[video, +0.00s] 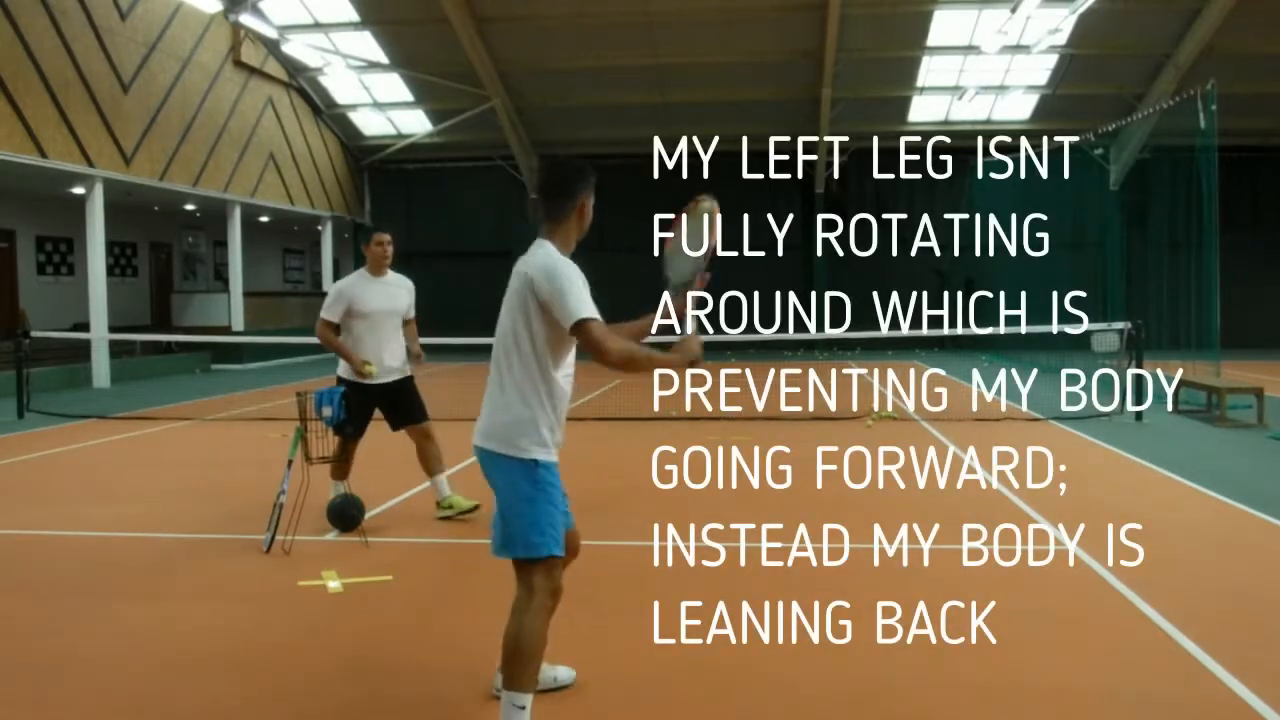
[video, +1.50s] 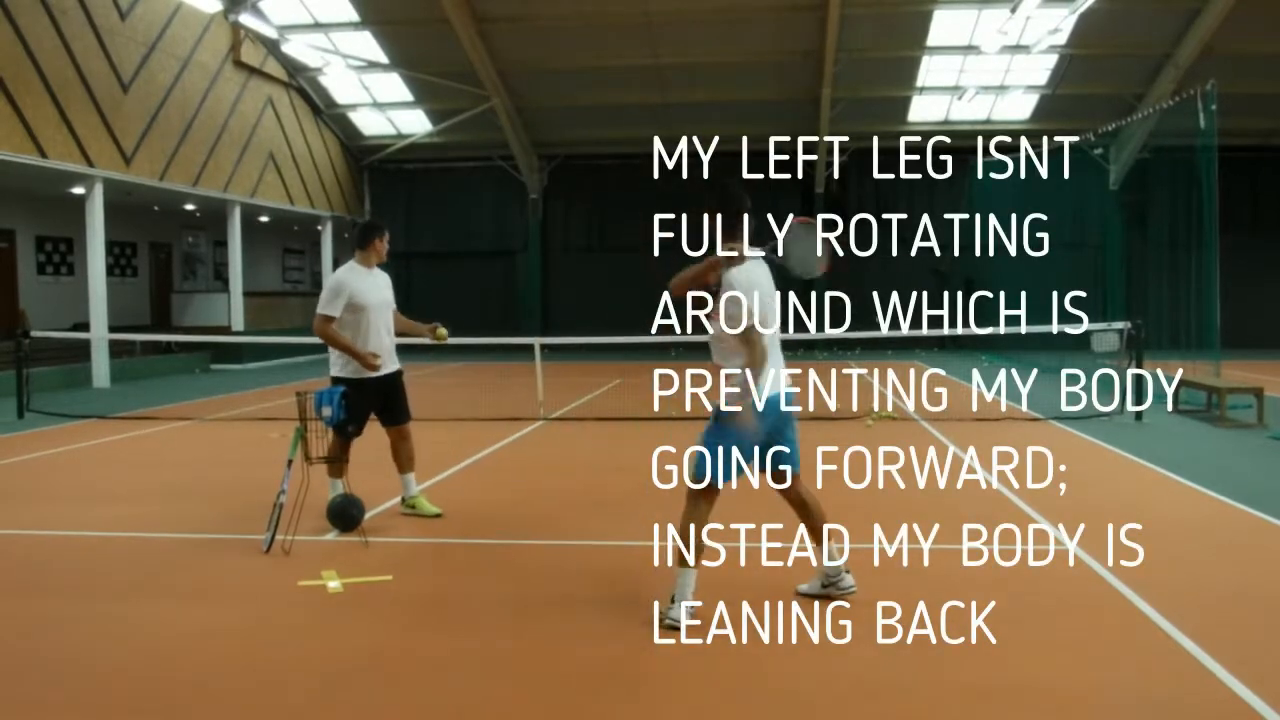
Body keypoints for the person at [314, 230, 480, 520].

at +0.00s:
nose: (386, 250)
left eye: (389, 244)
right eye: (379, 245)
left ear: (393, 249)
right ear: (366, 250)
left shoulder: (405, 286)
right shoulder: (345, 288)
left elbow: (409, 322)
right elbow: (323, 331)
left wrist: (414, 344)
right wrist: (353, 360)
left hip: (398, 379)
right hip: (358, 382)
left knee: (424, 433)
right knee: (347, 442)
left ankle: (445, 497)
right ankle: (338, 498)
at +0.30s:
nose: (379, 244)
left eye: (381, 239)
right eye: (372, 239)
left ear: (384, 244)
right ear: (357, 243)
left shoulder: (392, 280)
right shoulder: (340, 281)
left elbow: (398, 318)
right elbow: (325, 327)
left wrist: (405, 339)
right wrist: (362, 351)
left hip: (388, 374)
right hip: (349, 377)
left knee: (404, 431)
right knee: (341, 438)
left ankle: (411, 495)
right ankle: (337, 497)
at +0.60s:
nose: (381, 245)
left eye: (383, 239)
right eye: (374, 239)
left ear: (386, 244)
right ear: (358, 243)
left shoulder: (393, 278)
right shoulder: (340, 281)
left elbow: (400, 318)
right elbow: (328, 329)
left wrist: (408, 342)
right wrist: (367, 348)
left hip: (389, 373)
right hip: (350, 376)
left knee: (402, 431)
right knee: (340, 436)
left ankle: (411, 495)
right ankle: (337, 497)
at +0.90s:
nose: (384, 246)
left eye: (386, 241)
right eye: (378, 241)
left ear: (388, 245)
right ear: (360, 243)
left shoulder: (395, 279)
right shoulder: (341, 282)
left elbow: (402, 317)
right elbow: (324, 328)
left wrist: (418, 342)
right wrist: (359, 351)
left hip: (390, 374)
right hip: (351, 377)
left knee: (403, 431)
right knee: (340, 436)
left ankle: (411, 496)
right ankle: (337, 497)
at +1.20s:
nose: (389, 245)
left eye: (389, 240)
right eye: (384, 240)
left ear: (380, 244)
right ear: (366, 242)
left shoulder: (390, 278)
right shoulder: (341, 281)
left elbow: (395, 315)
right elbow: (324, 328)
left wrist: (416, 339)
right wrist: (361, 351)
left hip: (389, 374)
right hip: (351, 377)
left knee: (402, 432)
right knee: (340, 436)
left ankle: (411, 495)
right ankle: (336, 497)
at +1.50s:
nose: (388, 247)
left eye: (387, 242)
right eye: (385, 242)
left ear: (372, 244)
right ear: (374, 243)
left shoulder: (383, 278)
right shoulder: (341, 280)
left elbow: (391, 320)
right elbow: (321, 327)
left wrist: (426, 330)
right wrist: (358, 354)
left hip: (388, 373)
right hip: (352, 377)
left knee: (401, 432)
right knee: (342, 437)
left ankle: (411, 495)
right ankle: (337, 497)